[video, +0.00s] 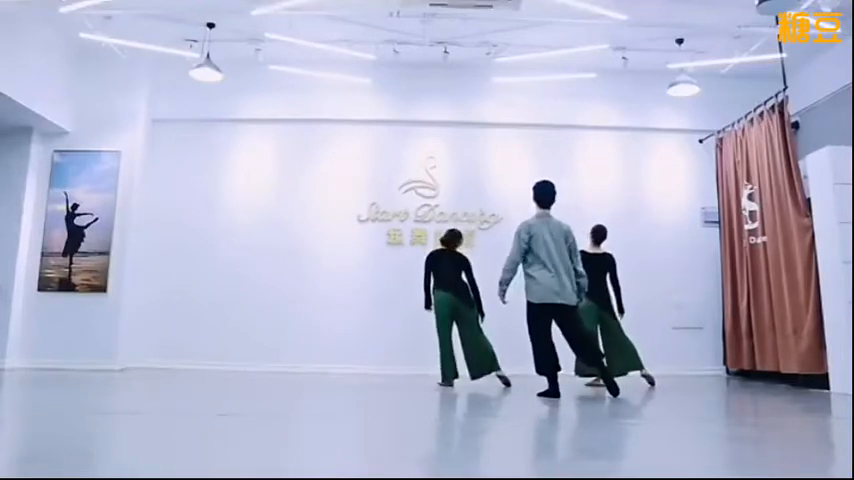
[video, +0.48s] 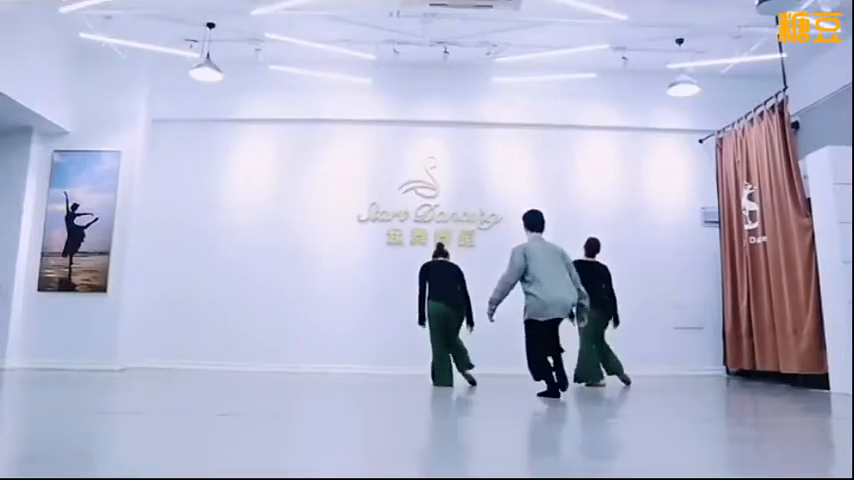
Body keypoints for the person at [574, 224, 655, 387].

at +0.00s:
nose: (594, 238)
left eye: (593, 235)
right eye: (601, 238)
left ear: (590, 236)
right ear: (604, 239)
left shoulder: (580, 256)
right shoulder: (608, 258)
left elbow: (574, 278)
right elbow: (615, 284)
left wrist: (574, 299)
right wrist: (620, 306)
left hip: (585, 303)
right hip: (604, 304)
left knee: (590, 339)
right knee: (619, 338)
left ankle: (599, 376)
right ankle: (641, 369)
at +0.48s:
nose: (587, 251)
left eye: (586, 248)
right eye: (591, 248)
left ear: (584, 249)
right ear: (598, 251)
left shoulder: (576, 266)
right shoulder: (603, 269)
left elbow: (570, 288)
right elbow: (610, 293)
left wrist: (569, 309)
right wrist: (615, 314)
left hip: (585, 311)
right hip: (604, 312)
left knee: (588, 342)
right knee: (599, 341)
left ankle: (595, 377)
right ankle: (618, 370)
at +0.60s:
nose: (587, 257)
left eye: (585, 253)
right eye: (592, 254)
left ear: (581, 254)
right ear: (596, 256)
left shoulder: (573, 270)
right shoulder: (600, 273)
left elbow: (568, 293)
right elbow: (607, 299)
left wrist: (569, 314)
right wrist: (610, 320)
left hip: (582, 313)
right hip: (599, 315)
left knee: (586, 345)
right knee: (595, 344)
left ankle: (585, 376)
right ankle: (599, 374)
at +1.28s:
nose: (566, 246)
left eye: (565, 243)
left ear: (565, 242)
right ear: (576, 241)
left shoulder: (563, 252)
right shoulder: (589, 253)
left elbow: (561, 277)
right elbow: (595, 281)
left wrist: (561, 299)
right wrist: (596, 303)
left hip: (574, 294)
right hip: (591, 296)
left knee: (581, 332)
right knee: (582, 333)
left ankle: (594, 369)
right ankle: (573, 370)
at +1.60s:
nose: (558, 232)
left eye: (559, 230)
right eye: (560, 230)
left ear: (560, 230)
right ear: (573, 230)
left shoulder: (557, 247)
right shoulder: (581, 249)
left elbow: (551, 271)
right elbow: (586, 275)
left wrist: (550, 293)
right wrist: (588, 297)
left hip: (563, 291)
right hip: (579, 292)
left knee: (566, 330)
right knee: (578, 329)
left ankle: (571, 368)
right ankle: (579, 366)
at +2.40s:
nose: (548, 230)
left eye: (546, 227)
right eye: (551, 227)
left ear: (543, 228)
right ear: (557, 229)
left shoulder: (536, 248)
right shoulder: (562, 249)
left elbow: (532, 273)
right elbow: (567, 275)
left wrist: (530, 293)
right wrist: (568, 296)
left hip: (542, 292)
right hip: (559, 293)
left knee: (546, 331)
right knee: (558, 330)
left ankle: (552, 369)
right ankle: (555, 368)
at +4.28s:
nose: (522, 234)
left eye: (522, 232)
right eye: (525, 232)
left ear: (521, 234)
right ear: (536, 234)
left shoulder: (515, 254)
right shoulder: (542, 255)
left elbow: (511, 280)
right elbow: (548, 281)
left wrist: (511, 302)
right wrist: (551, 302)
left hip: (522, 299)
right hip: (540, 299)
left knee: (526, 335)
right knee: (542, 334)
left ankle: (537, 369)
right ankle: (542, 371)